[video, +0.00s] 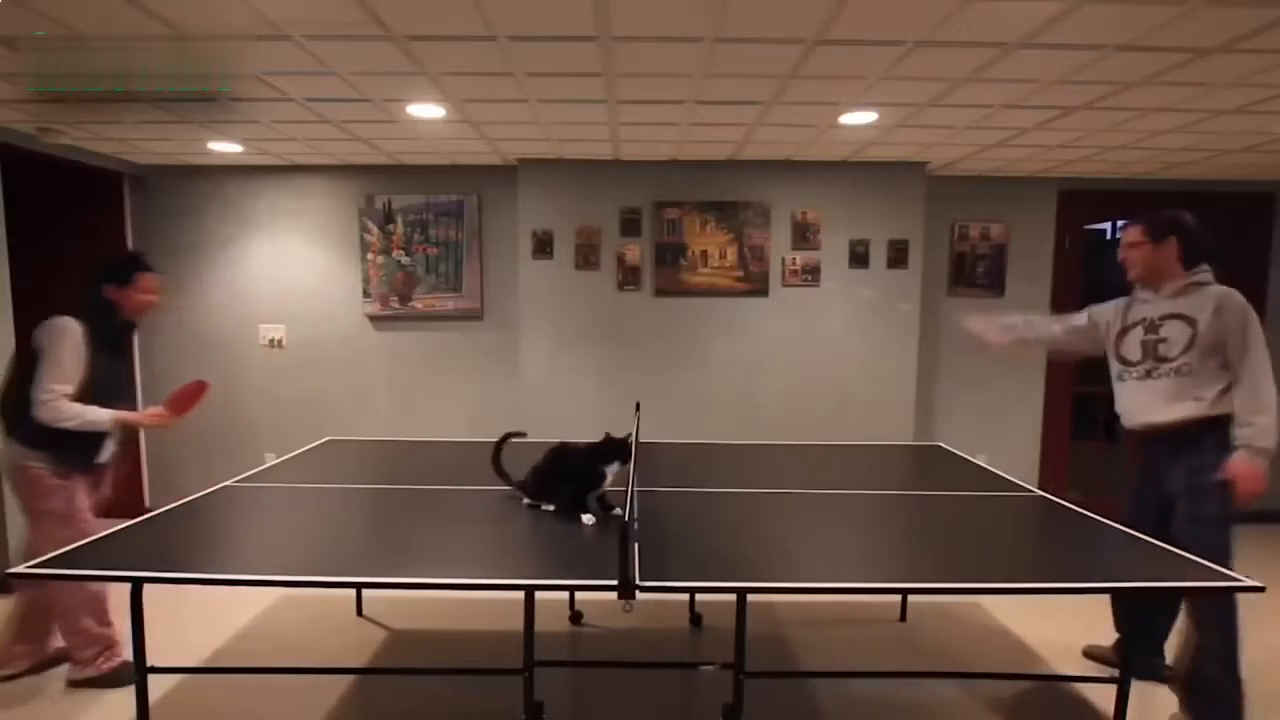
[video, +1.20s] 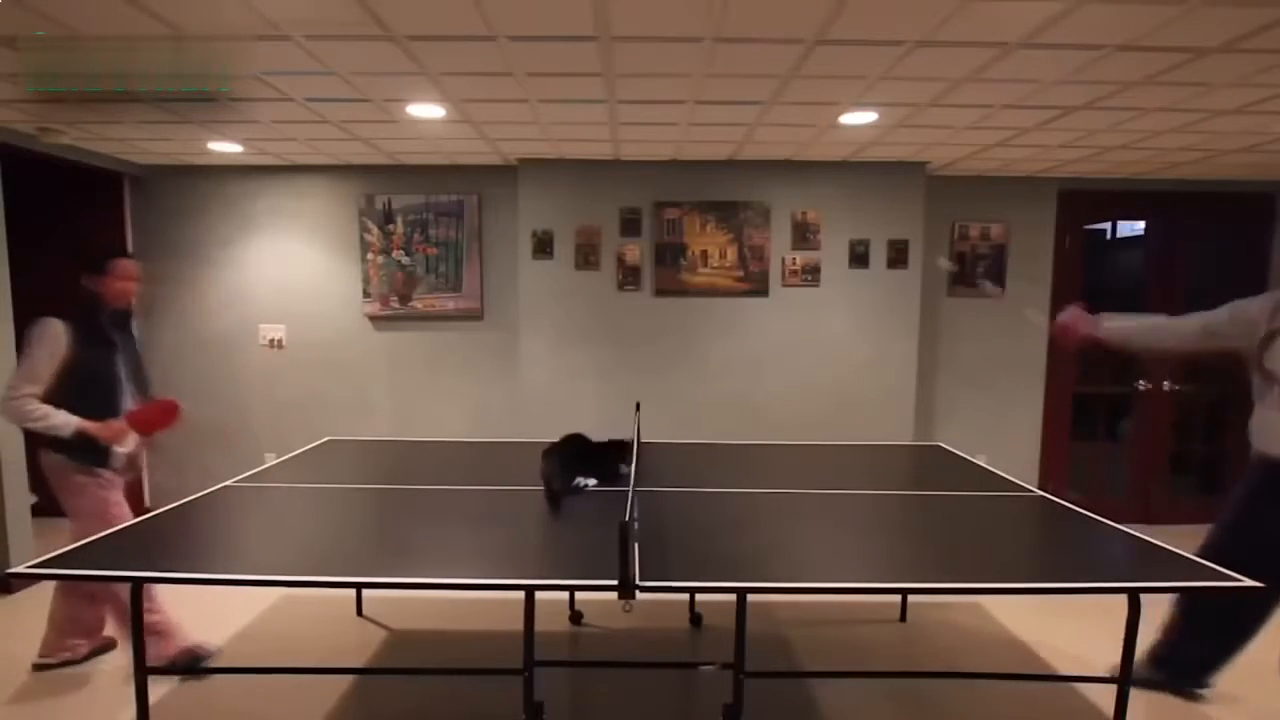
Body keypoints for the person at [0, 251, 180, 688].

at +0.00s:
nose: (151, 303)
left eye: (153, 293)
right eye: (144, 292)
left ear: (126, 295)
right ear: (114, 292)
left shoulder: (121, 338)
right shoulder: (67, 331)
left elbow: (110, 414)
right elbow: (47, 408)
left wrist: (104, 469)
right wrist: (131, 418)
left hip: (81, 466)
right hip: (41, 465)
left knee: (53, 559)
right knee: (80, 554)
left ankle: (24, 650)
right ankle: (95, 659)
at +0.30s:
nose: (115, 297)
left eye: (117, 288)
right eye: (109, 286)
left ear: (92, 286)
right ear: (78, 283)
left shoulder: (80, 330)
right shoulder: (40, 327)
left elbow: (74, 398)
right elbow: (30, 400)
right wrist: (116, 403)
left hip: (61, 465)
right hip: (34, 466)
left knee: (55, 557)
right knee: (111, 539)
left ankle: (19, 649)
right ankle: (112, 648)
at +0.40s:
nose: (129, 304)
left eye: (130, 295)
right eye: (123, 294)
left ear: (102, 295)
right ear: (94, 291)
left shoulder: (80, 337)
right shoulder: (53, 334)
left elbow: (89, 397)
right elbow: (73, 400)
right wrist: (158, 387)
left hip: (71, 470)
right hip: (53, 471)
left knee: (65, 564)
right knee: (128, 541)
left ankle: (21, 650)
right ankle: (172, 645)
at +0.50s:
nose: (162, 302)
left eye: (163, 293)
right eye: (155, 292)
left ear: (133, 294)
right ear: (129, 292)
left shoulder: (119, 338)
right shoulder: (95, 339)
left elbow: (154, 377)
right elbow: (151, 381)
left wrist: (203, 362)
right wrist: (222, 366)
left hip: (110, 470)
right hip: (84, 471)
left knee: (77, 562)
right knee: (150, 546)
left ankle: (21, 650)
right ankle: (185, 644)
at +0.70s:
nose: (218, 295)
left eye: (219, 286)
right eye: (211, 286)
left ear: (188, 289)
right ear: (180, 287)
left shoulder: (186, 331)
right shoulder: (152, 330)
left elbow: (167, 403)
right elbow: (114, 404)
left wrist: (222, 419)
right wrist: (182, 424)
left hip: (146, 456)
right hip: (123, 456)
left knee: (112, 553)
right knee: (161, 546)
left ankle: (45, 645)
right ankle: (186, 645)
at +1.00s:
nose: (191, 294)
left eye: (193, 285)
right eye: (183, 284)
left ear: (185, 288)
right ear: (154, 288)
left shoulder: (171, 337)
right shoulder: (119, 334)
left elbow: (175, 398)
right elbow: (58, 399)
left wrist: (178, 441)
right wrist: (124, 434)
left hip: (149, 459)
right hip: (111, 461)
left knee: (126, 550)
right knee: (161, 544)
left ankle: (71, 641)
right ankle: (185, 644)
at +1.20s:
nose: (130, 288)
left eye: (134, 280)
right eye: (121, 279)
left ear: (138, 287)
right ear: (96, 283)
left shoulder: (122, 332)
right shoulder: (59, 331)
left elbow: (124, 396)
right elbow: (17, 402)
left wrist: (146, 420)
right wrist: (87, 427)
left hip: (115, 456)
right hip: (73, 461)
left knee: (94, 548)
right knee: (123, 545)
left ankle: (68, 640)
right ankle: (163, 648)